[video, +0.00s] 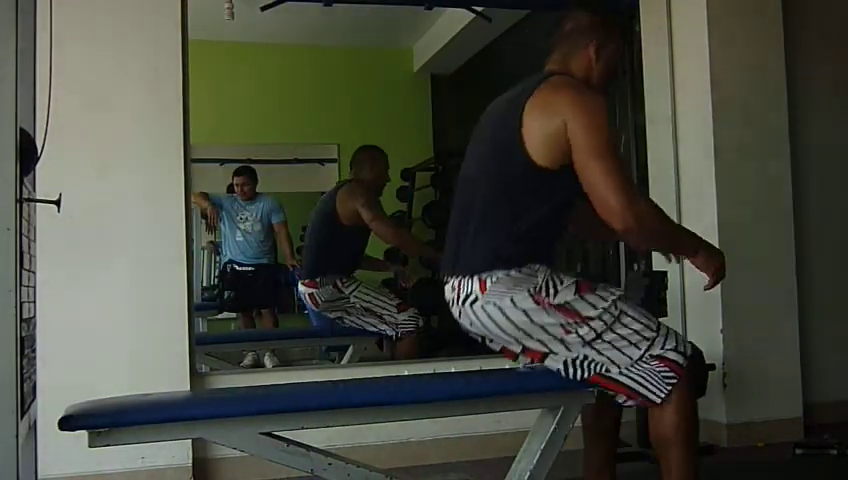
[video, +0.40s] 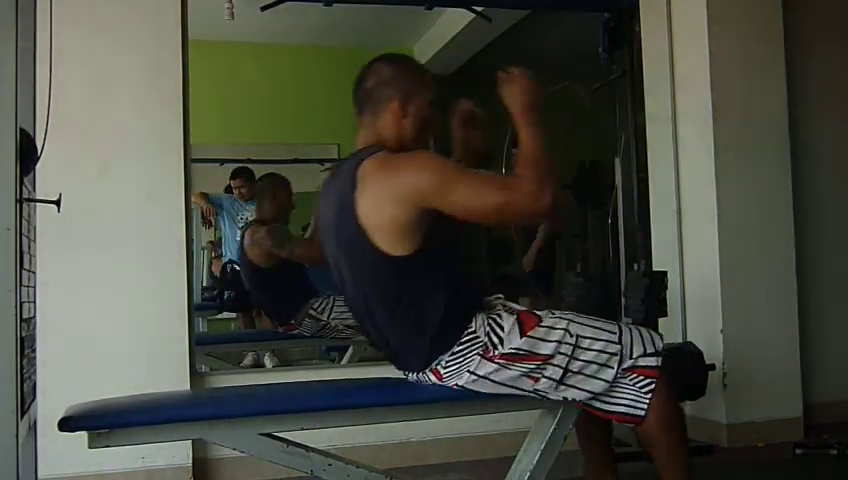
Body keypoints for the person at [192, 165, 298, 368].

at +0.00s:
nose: (240, 190)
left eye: (244, 185)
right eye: (236, 185)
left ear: (255, 185)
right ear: (232, 186)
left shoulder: (269, 204)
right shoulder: (226, 202)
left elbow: (281, 231)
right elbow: (196, 196)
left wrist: (289, 258)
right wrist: (208, 206)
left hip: (263, 268)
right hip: (235, 269)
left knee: (266, 311)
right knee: (244, 314)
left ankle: (269, 351)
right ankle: (251, 351)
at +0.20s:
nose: (239, 191)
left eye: (243, 186)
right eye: (235, 187)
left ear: (254, 185)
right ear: (232, 186)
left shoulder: (269, 203)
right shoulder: (226, 202)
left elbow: (282, 236)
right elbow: (196, 196)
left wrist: (281, 263)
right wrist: (205, 205)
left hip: (262, 268)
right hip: (234, 269)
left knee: (266, 311)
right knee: (244, 314)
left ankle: (270, 352)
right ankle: (250, 352)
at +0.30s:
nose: (239, 192)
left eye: (243, 187)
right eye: (235, 188)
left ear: (254, 185)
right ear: (231, 187)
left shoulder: (266, 201)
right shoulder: (226, 201)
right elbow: (196, 196)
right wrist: (205, 204)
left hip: (261, 267)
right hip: (235, 269)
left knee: (266, 311)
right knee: (244, 314)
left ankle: (270, 352)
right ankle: (250, 352)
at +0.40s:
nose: (238, 192)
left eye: (242, 188)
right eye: (234, 188)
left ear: (253, 185)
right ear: (231, 187)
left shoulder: (263, 204)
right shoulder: (226, 201)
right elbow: (196, 196)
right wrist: (204, 204)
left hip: (261, 264)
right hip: (234, 266)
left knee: (264, 310)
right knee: (244, 313)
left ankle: (270, 351)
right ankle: (250, 351)